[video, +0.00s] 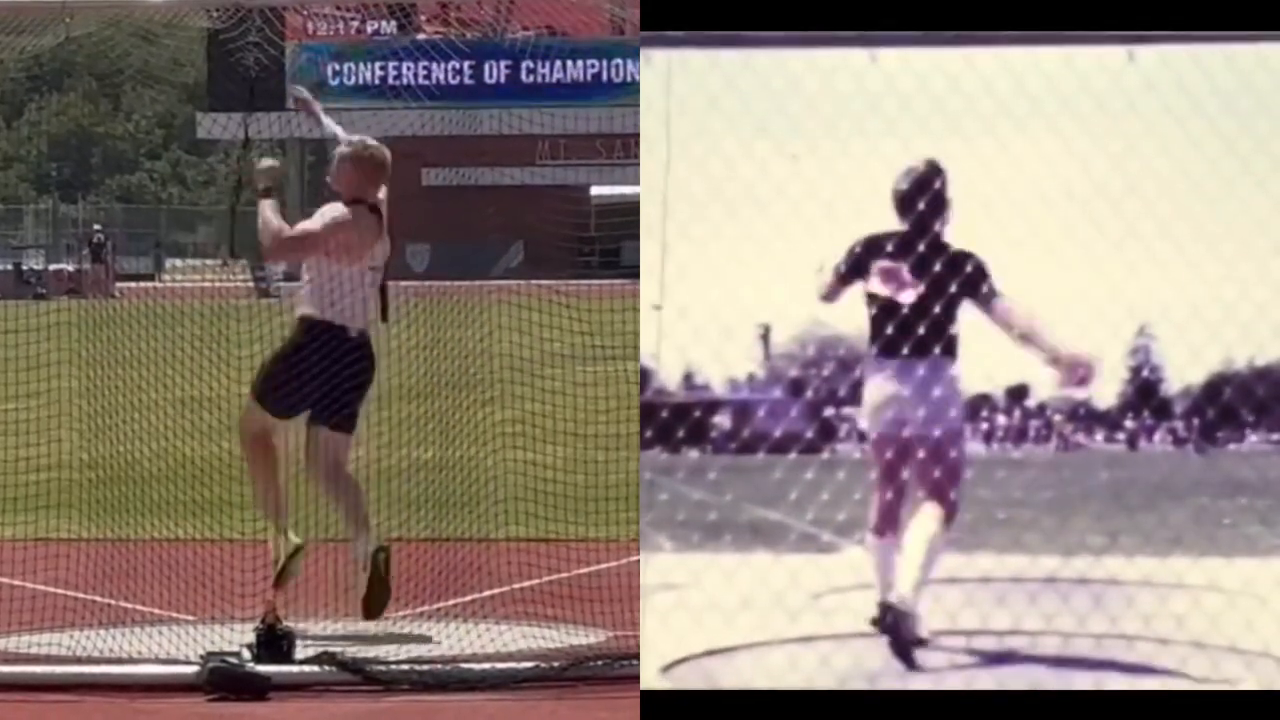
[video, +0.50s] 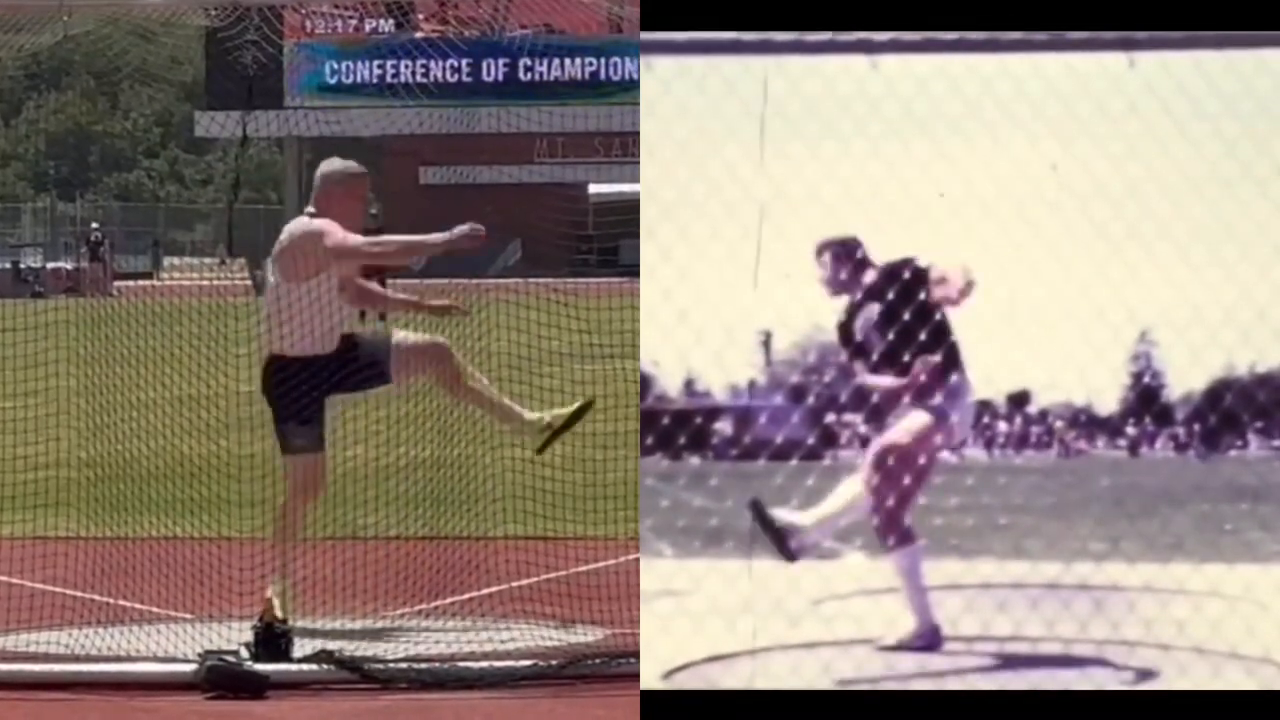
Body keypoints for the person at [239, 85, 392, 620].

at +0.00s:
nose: (332, 170)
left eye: (339, 164)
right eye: (336, 164)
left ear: (354, 175)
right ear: (374, 179)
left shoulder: (340, 217)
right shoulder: (376, 217)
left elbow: (276, 244)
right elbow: (351, 150)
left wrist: (265, 194)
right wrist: (316, 113)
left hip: (316, 340)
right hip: (355, 346)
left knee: (255, 431)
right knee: (328, 460)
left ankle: (281, 535)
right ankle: (368, 547)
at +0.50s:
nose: (366, 205)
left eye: (366, 196)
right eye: (360, 196)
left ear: (340, 197)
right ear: (332, 194)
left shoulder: (337, 240)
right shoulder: (307, 231)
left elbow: (360, 291)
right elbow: (373, 248)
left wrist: (422, 302)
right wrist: (446, 240)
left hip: (337, 355)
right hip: (293, 372)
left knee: (436, 355)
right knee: (306, 484)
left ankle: (530, 427)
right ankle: (276, 603)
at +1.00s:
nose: (400, 213)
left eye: (394, 207)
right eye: (410, 211)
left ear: (386, 215)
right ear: (426, 224)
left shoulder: (353, 240)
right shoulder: (440, 268)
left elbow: (297, 289)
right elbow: (497, 309)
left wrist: (271, 333)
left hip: (336, 361)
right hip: (383, 380)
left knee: (244, 385)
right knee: (352, 472)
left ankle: (187, 483)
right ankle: (362, 591)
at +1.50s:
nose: (219, 238)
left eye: (226, 226)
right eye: (217, 227)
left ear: (256, 221)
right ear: (252, 223)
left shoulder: (261, 279)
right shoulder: (319, 240)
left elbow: (178, 320)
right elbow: (390, 273)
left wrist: (97, 342)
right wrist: (461, 295)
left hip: (341, 394)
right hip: (299, 400)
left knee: (386, 506)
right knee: (259, 507)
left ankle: (473, 605)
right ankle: (251, 633)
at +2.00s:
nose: (266, 238)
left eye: (275, 228)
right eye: (259, 230)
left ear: (299, 228)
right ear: (252, 234)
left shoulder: (316, 271)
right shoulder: (286, 265)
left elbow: (271, 319)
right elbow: (363, 277)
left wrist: (206, 349)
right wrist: (402, 300)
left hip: (361, 396)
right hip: (309, 402)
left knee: (400, 511)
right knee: (264, 508)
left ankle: (464, 613)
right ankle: (250, 633)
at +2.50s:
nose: (367, 254)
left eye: (373, 244)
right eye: (356, 244)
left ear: (379, 246)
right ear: (329, 248)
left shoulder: (392, 288)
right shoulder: (302, 282)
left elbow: (436, 316)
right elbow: (273, 315)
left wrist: (458, 343)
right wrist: (259, 337)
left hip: (377, 422)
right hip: (313, 421)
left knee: (450, 504)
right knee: (274, 510)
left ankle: (426, 627)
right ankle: (248, 633)